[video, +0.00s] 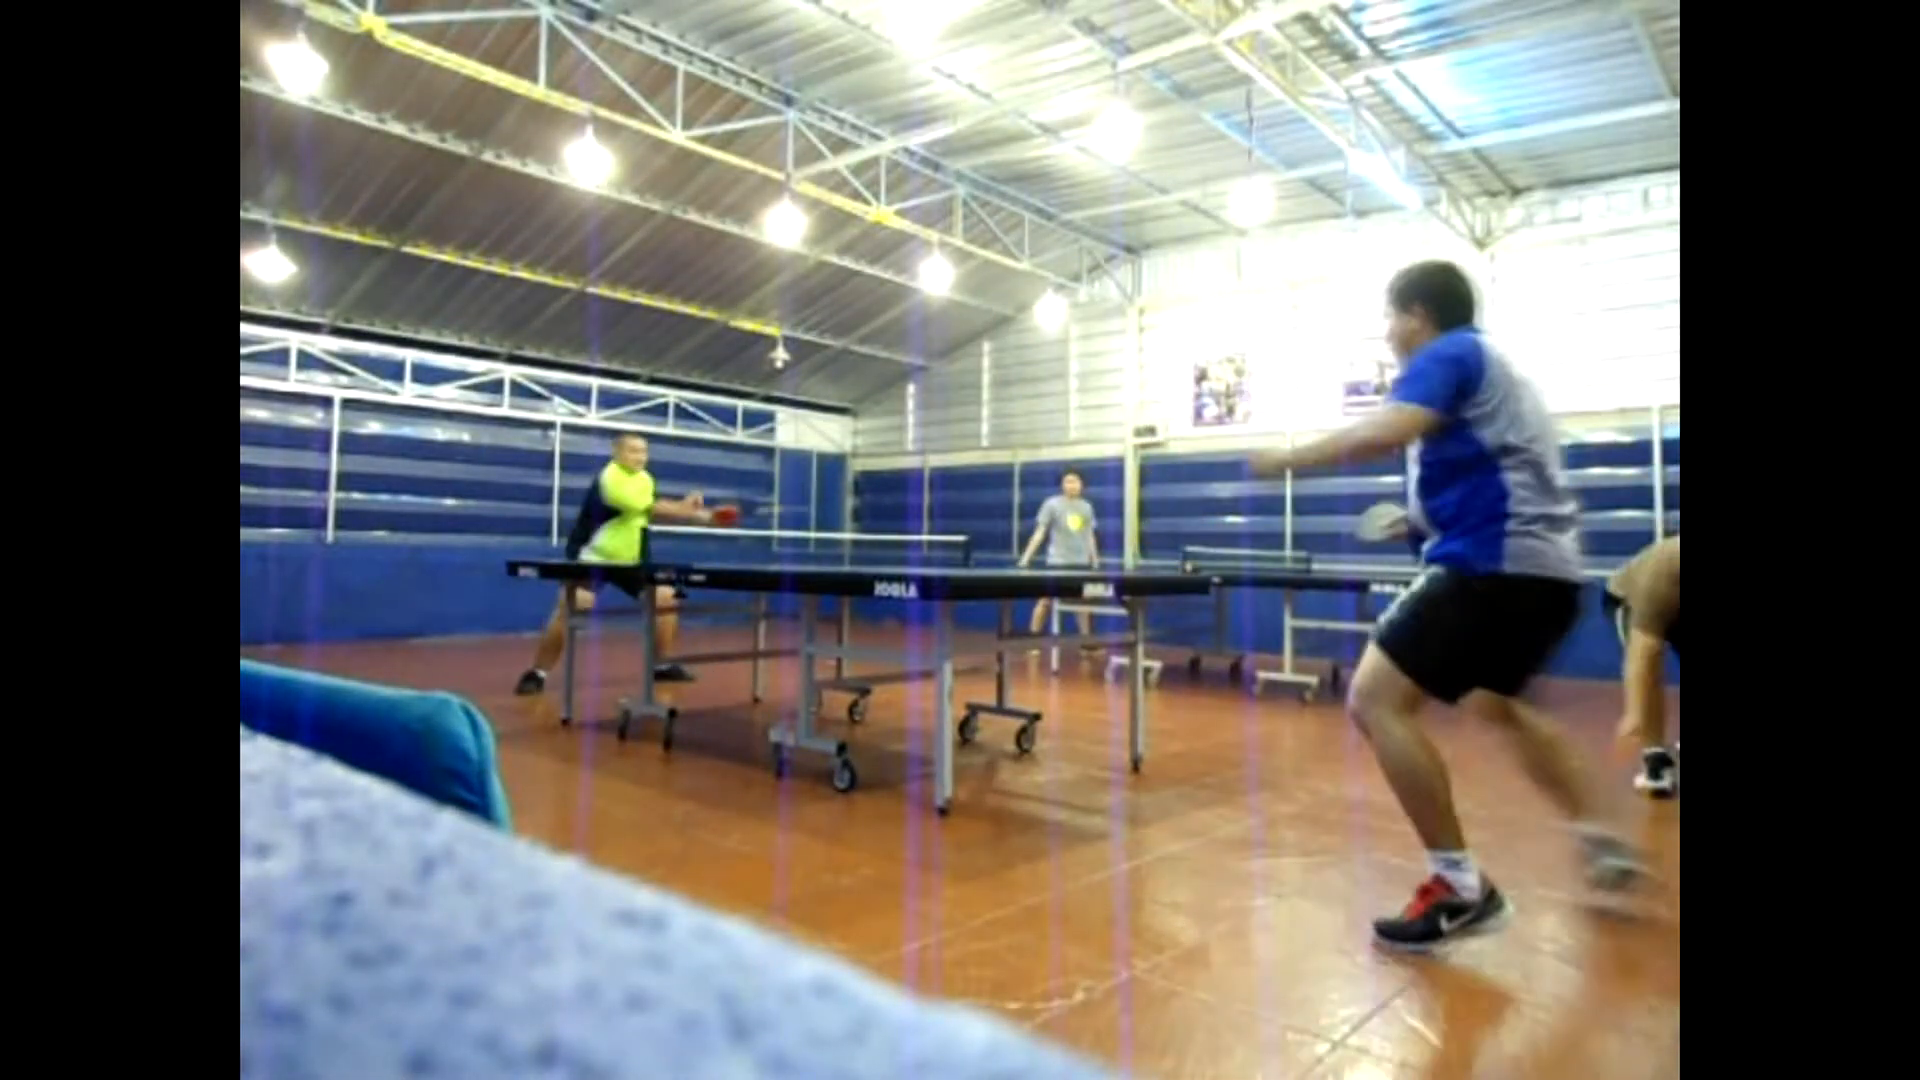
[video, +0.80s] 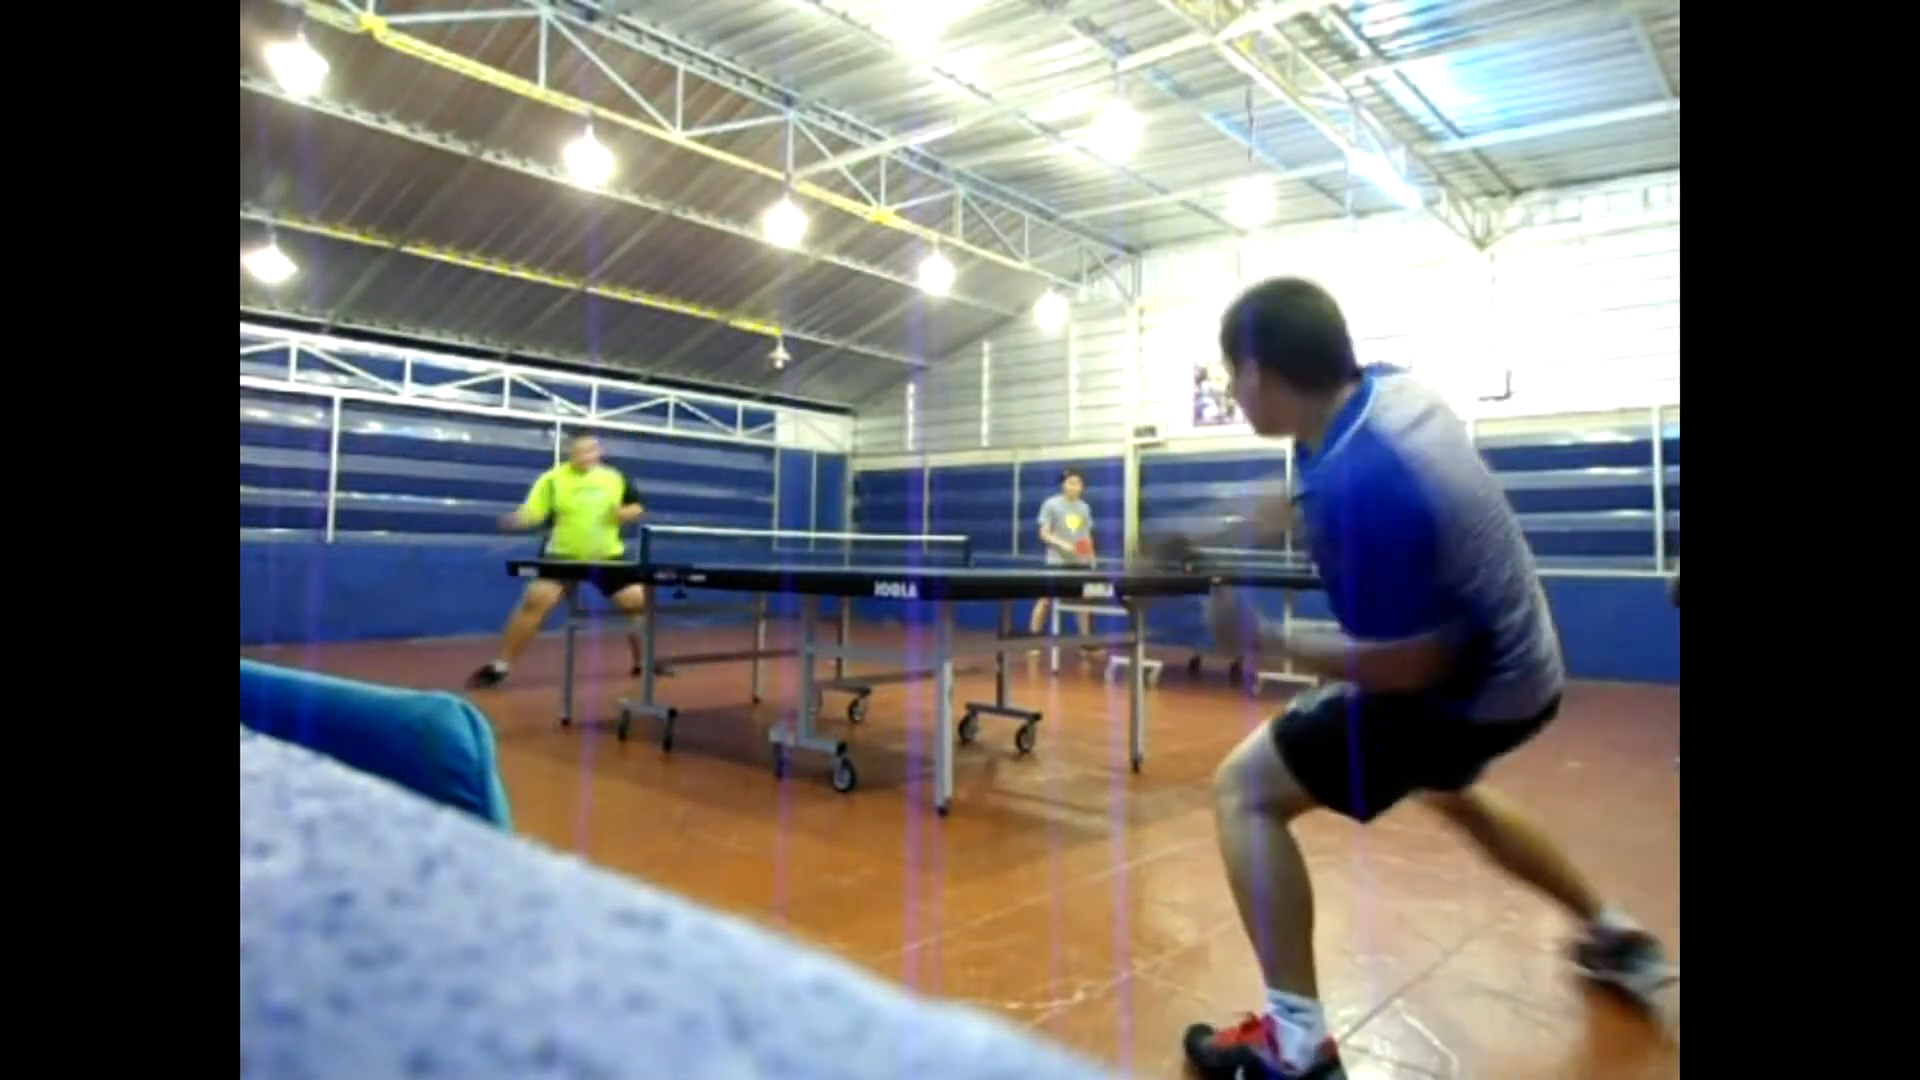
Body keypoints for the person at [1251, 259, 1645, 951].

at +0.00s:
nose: (1390, 334)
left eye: (1394, 319)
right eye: (1390, 321)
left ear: (1418, 316)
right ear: (1459, 314)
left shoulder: (1449, 357)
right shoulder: (1498, 371)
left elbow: (1393, 431)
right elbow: (1498, 482)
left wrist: (1288, 460)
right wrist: (1420, 518)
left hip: (1489, 569)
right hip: (1550, 573)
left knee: (1377, 702)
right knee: (1498, 705)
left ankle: (1459, 886)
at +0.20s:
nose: (1440, 393)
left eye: (1442, 382)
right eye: (1438, 383)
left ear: (1462, 376)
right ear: (1518, 372)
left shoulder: (1456, 416)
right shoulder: (1594, 437)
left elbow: (1378, 500)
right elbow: (1610, 534)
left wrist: (1331, 540)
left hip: (1508, 616)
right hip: (1610, 625)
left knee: (1405, 752)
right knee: (1579, 741)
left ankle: (1404, 945)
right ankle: (1669, 890)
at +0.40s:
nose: (1420, 402)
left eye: (1422, 392)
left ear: (1432, 390)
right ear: (1514, 388)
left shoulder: (1396, 439)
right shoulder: (1568, 431)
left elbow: (1291, 496)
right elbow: (1642, 509)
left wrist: (1309, 486)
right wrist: (1665, 570)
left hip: (1447, 670)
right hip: (1560, 672)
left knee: (1328, 804)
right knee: (1609, 796)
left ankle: (1333, 987)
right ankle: (1674, 903)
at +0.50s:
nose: (1354, 377)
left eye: (1359, 366)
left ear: (1374, 367)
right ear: (1450, 364)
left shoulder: (1338, 424)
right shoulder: (1519, 424)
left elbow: (1242, 518)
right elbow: (1584, 525)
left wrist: (1298, 468)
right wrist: (1663, 577)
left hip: (1412, 689)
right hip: (1537, 688)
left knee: (1283, 827)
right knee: (1621, 819)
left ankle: (1301, 1029)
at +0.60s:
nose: (1286, 382)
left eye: (1288, 370)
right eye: (1289, 371)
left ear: (1303, 372)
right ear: (1384, 358)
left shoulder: (1299, 451)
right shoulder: (1472, 409)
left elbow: (1264, 605)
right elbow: (1494, 512)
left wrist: (1212, 514)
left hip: (1410, 709)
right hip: (1535, 697)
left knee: (1244, 818)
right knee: (1599, 796)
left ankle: (1298, 1027)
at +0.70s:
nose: (1251, 399)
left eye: (1250, 382)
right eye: (1246, 382)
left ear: (1271, 381)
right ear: (1341, 359)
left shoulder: (1312, 479)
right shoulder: (1417, 392)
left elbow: (1323, 652)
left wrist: (1234, 586)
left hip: (1436, 711)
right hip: (1536, 688)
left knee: (1241, 805)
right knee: (1507, 784)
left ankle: (1296, 1028)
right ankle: (1663, 931)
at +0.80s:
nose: (1234, 391)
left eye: (1237, 372)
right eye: (1232, 373)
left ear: (1272, 373)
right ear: (1328, 353)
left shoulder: (1360, 479)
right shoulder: (1394, 395)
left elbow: (1414, 658)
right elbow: (1317, 509)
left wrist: (1268, 643)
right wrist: (1203, 542)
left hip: (1462, 702)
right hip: (1521, 674)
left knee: (1244, 790)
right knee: (1441, 785)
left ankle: (1295, 1031)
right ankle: (1608, 930)